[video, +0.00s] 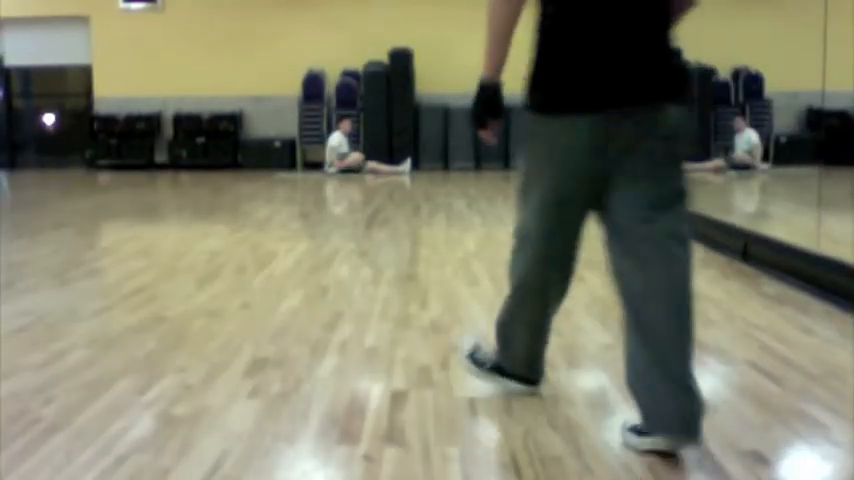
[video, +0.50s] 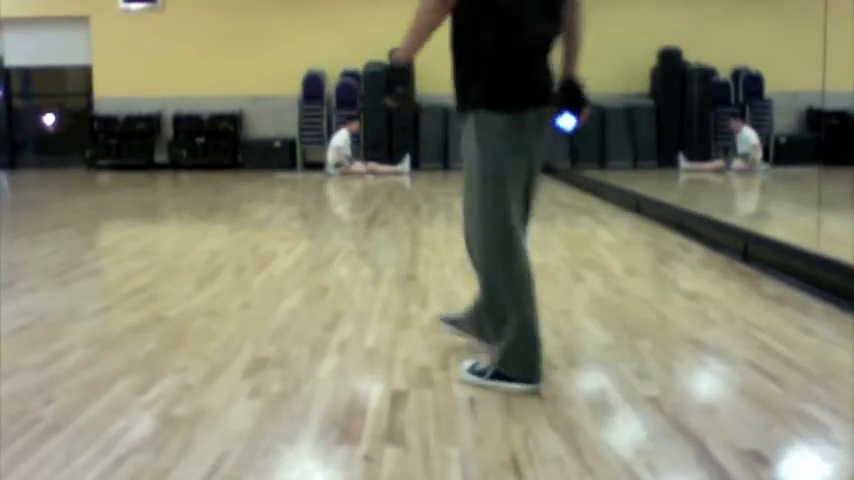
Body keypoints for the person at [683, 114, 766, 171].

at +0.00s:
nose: (736, 125)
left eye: (738, 122)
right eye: (735, 123)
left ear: (743, 123)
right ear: (734, 125)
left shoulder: (752, 134)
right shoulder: (737, 135)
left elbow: (757, 148)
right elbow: (737, 150)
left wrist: (757, 163)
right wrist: (733, 158)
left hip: (748, 162)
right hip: (736, 161)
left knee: (720, 163)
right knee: (717, 162)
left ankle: (693, 166)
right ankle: (692, 166)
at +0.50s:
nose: (730, 127)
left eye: (732, 124)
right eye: (730, 124)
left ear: (738, 122)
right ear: (734, 123)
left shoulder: (747, 133)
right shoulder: (740, 133)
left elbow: (757, 149)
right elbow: (741, 150)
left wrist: (750, 165)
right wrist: (738, 160)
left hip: (748, 164)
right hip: (741, 161)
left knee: (721, 164)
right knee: (719, 163)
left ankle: (688, 166)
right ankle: (688, 165)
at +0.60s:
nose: (729, 127)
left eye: (730, 124)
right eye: (729, 124)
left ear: (736, 123)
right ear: (736, 123)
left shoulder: (745, 134)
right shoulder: (741, 133)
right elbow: (742, 151)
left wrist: (739, 163)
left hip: (750, 163)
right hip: (745, 161)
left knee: (721, 164)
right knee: (719, 163)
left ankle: (688, 166)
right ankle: (688, 165)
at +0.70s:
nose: (728, 128)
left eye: (729, 125)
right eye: (727, 125)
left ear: (735, 123)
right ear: (736, 123)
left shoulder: (743, 134)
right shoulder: (740, 133)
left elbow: (740, 151)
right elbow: (739, 150)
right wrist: (728, 158)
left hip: (752, 163)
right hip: (747, 160)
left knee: (721, 165)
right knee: (719, 164)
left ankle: (689, 165)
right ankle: (689, 166)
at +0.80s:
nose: (727, 127)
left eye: (728, 124)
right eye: (727, 124)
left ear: (734, 123)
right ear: (737, 123)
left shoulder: (742, 135)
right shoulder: (743, 132)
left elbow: (738, 148)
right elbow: (737, 148)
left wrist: (722, 156)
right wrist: (723, 155)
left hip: (753, 163)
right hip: (751, 161)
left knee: (721, 165)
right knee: (721, 164)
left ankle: (689, 165)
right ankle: (690, 166)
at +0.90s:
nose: (726, 128)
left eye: (727, 125)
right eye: (725, 126)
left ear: (733, 124)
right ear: (736, 124)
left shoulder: (740, 136)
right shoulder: (743, 132)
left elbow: (728, 148)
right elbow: (730, 147)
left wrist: (711, 155)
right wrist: (714, 153)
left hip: (751, 163)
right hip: (750, 161)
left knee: (722, 165)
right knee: (720, 164)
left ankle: (690, 166)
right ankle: (690, 166)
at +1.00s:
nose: (725, 129)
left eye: (726, 126)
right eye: (724, 126)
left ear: (733, 125)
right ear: (734, 124)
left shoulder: (738, 135)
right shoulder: (740, 132)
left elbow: (724, 147)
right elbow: (726, 146)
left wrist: (710, 152)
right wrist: (712, 151)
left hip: (751, 163)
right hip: (742, 161)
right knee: (718, 165)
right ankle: (690, 166)